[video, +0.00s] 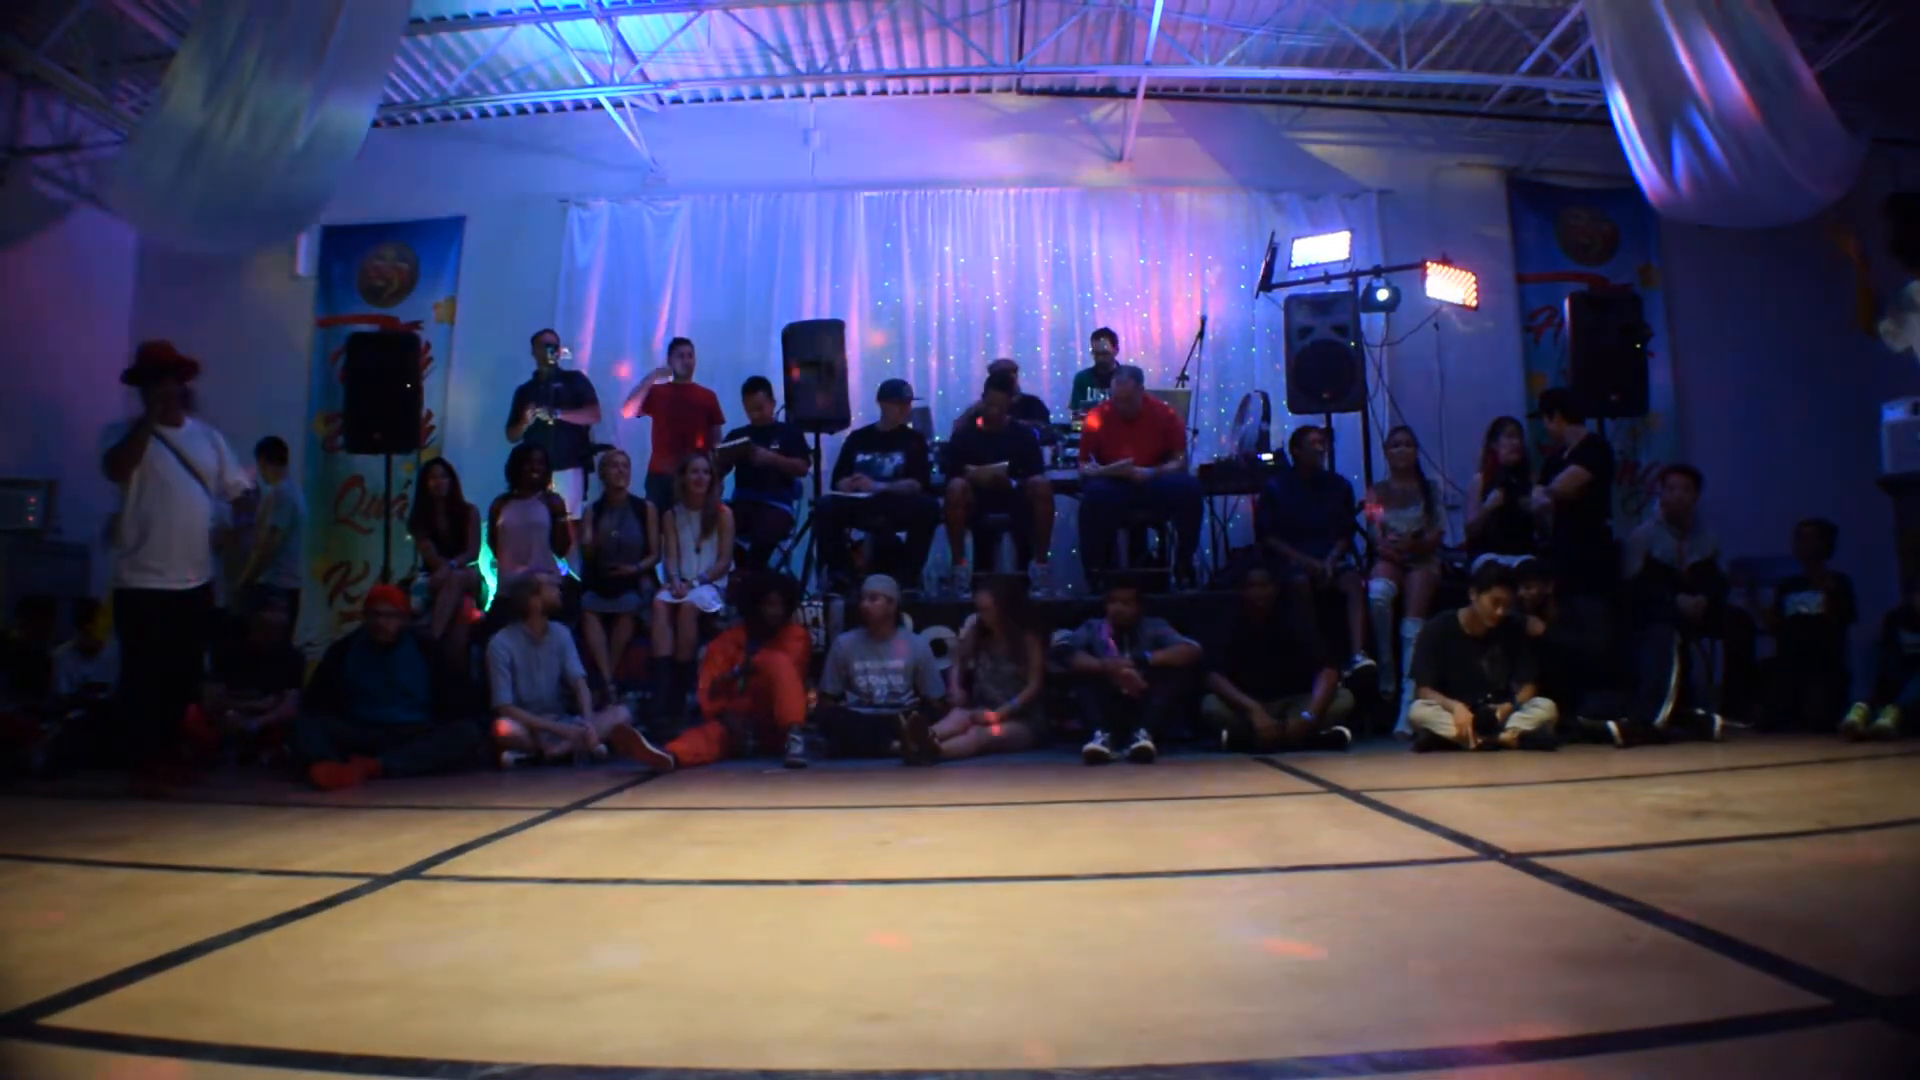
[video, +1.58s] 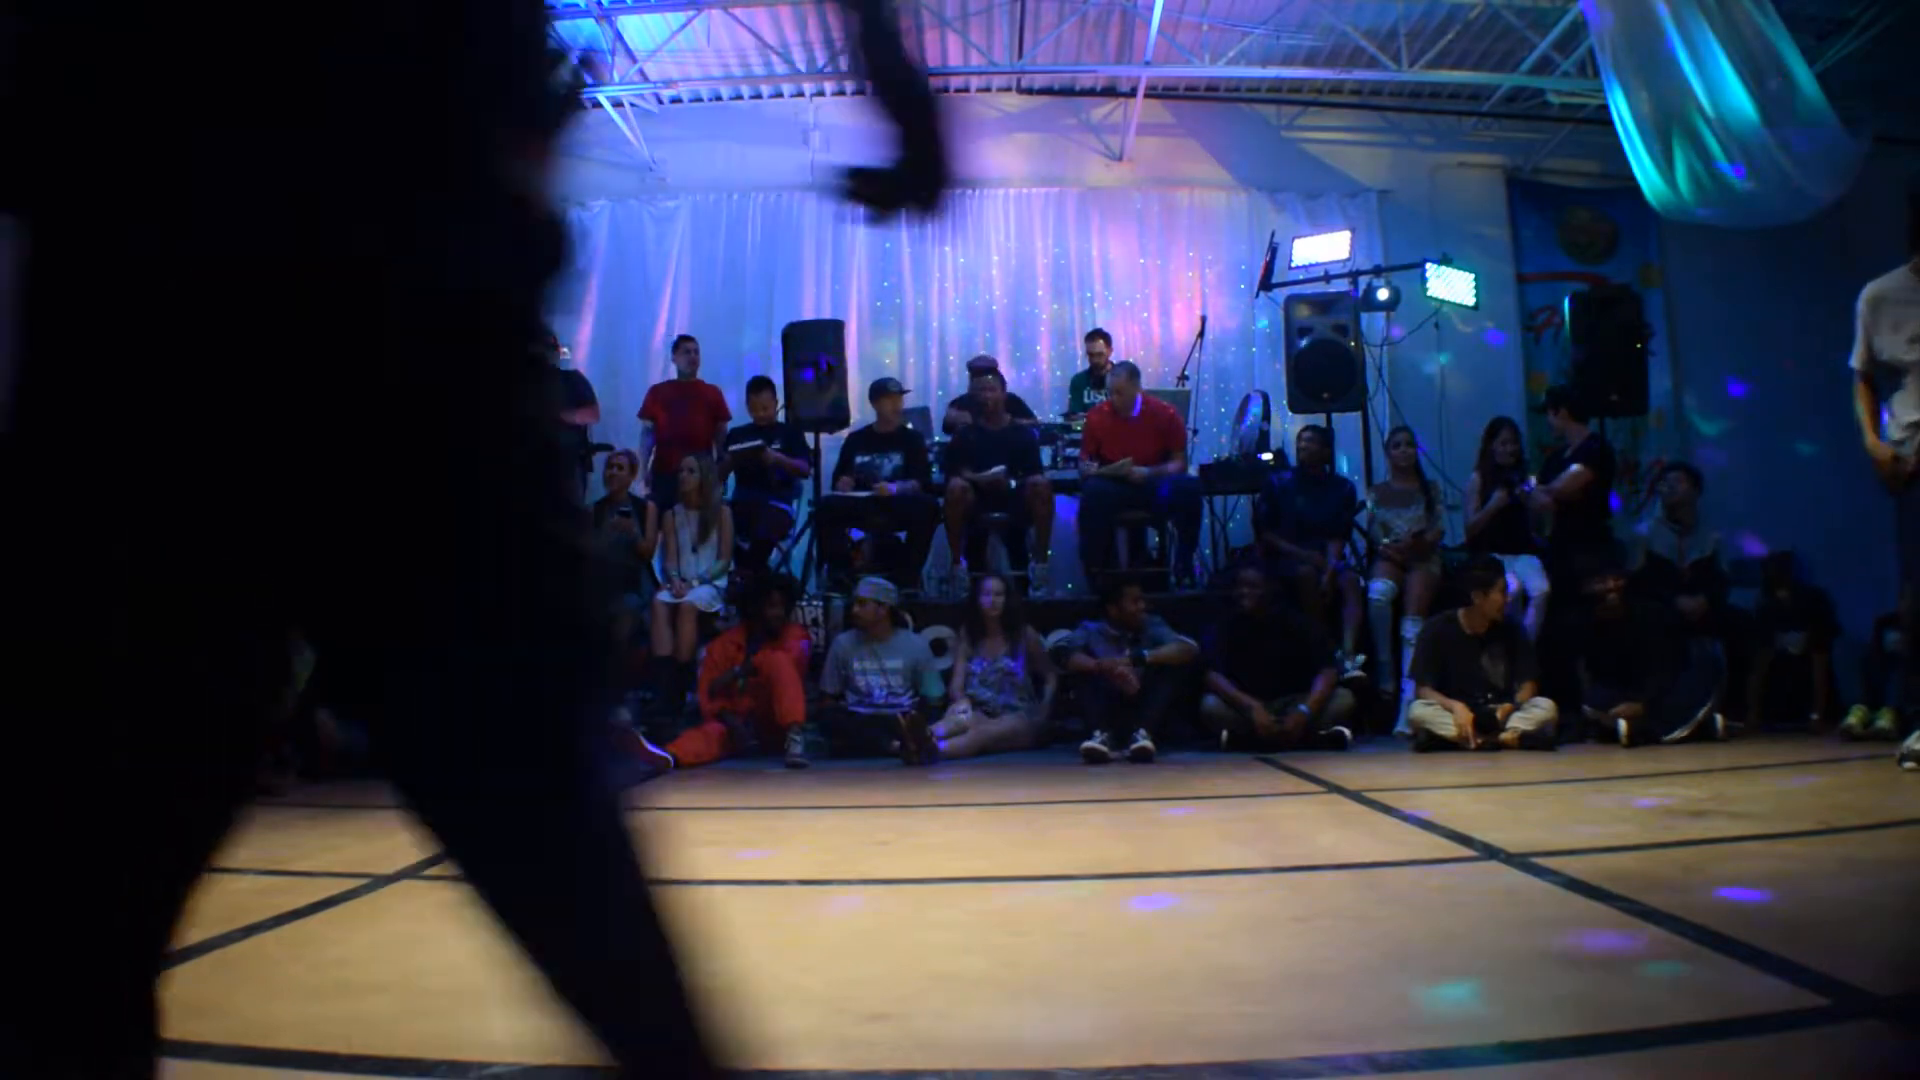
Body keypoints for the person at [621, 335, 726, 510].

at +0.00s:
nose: (686, 361)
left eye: (690, 356)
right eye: (680, 356)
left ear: (695, 360)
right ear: (669, 361)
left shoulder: (707, 397)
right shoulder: (657, 392)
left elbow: (716, 440)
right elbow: (628, 412)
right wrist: (653, 377)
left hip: (695, 478)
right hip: (661, 475)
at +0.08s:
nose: (686, 360)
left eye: (689, 355)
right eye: (679, 356)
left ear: (694, 359)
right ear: (669, 360)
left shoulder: (707, 396)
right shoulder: (657, 394)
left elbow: (716, 440)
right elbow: (624, 418)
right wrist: (646, 389)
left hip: (695, 478)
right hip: (661, 475)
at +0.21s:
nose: (684, 360)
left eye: (687, 355)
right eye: (678, 355)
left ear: (692, 359)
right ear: (667, 360)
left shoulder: (704, 396)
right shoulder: (652, 394)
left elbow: (714, 440)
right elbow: (625, 427)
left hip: (693, 476)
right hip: (659, 474)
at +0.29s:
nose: (683, 360)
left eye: (686, 355)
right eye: (676, 355)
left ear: (691, 359)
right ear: (665, 360)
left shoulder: (703, 396)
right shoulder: (650, 394)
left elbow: (713, 438)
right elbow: (629, 430)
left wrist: (715, 477)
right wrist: (644, 424)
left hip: (692, 477)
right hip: (658, 474)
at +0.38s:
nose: (680, 360)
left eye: (683, 355)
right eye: (674, 355)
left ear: (688, 359)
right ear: (663, 361)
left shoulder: (701, 395)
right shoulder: (648, 395)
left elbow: (711, 437)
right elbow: (633, 432)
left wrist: (715, 474)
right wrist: (647, 443)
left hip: (693, 478)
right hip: (657, 476)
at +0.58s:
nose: (674, 361)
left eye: (678, 356)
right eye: (668, 357)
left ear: (682, 360)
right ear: (657, 362)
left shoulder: (697, 395)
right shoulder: (644, 398)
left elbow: (708, 435)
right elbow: (634, 436)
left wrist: (709, 471)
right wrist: (643, 471)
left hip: (690, 477)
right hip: (656, 478)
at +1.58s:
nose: (692, 357)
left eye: (696, 352)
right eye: (686, 352)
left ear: (700, 357)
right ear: (674, 358)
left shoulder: (712, 393)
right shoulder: (658, 392)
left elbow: (721, 434)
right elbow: (647, 433)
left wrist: (721, 470)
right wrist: (644, 471)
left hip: (701, 473)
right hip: (665, 471)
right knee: (665, 528)